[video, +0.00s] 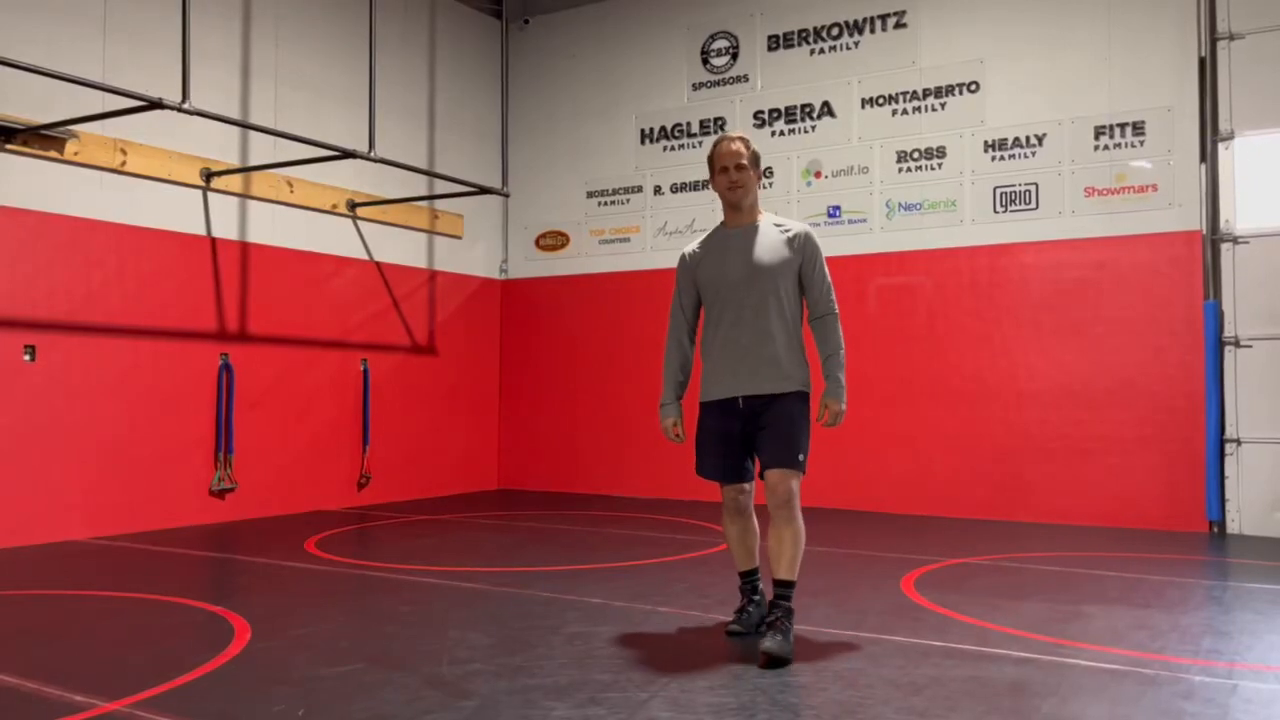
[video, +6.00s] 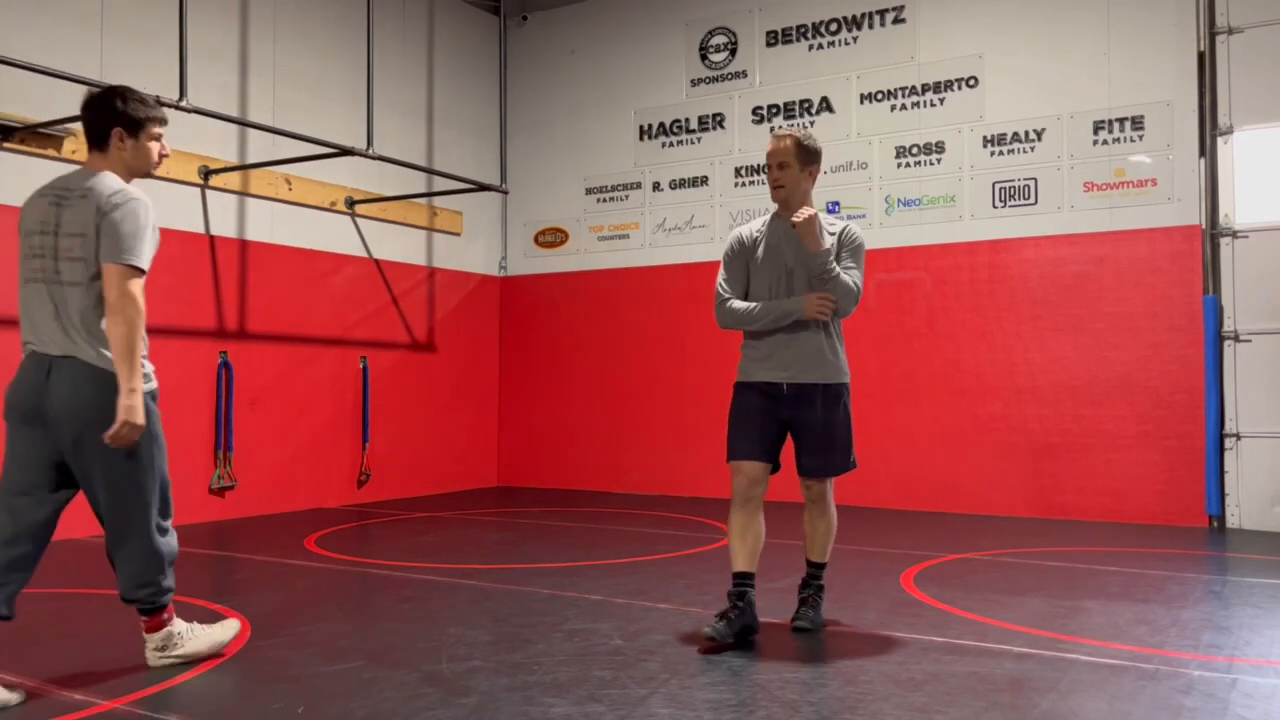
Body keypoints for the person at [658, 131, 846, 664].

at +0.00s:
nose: (733, 175)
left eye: (741, 167)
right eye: (724, 169)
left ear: (759, 175)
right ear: (711, 182)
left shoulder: (796, 239)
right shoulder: (697, 256)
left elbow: (825, 316)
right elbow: (680, 334)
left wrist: (835, 385)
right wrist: (671, 399)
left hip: (783, 392)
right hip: (722, 398)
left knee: (782, 493)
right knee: (734, 498)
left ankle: (782, 614)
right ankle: (753, 599)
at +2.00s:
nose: (714, 173)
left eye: (724, 164)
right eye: (705, 164)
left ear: (741, 171)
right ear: (693, 170)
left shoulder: (761, 244)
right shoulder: (665, 239)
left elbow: (781, 323)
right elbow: (641, 307)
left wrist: (786, 385)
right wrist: (623, 367)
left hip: (745, 360)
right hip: (685, 372)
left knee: (759, 423)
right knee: (692, 483)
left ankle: (785, 537)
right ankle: (705, 599)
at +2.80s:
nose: (775, 181)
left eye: (784, 173)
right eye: (767, 173)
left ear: (802, 179)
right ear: (756, 180)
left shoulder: (831, 246)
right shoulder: (734, 248)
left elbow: (854, 314)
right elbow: (706, 316)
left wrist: (852, 364)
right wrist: (698, 371)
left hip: (818, 388)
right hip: (756, 389)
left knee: (817, 488)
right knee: (734, 487)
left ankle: (813, 592)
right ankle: (712, 599)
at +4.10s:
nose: (724, 183)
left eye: (733, 175)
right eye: (718, 176)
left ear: (756, 182)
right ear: (711, 185)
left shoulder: (783, 244)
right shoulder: (698, 253)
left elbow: (793, 323)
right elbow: (683, 327)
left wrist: (772, 384)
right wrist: (675, 388)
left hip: (767, 390)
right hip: (713, 391)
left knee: (787, 486)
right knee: (720, 484)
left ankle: (806, 587)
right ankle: (728, 583)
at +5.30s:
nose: (773, 176)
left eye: (783, 169)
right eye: (765, 168)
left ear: (799, 179)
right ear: (754, 178)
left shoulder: (825, 245)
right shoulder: (728, 248)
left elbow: (847, 316)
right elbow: (709, 320)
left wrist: (805, 318)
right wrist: (741, 351)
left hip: (808, 385)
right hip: (747, 387)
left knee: (810, 489)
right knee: (733, 485)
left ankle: (810, 593)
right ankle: (729, 580)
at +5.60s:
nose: (790, 176)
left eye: (800, 168)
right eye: (782, 168)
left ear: (818, 175)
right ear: (772, 176)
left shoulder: (843, 239)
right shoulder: (747, 244)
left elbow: (844, 304)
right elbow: (734, 314)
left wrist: (804, 253)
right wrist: (794, 282)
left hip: (821, 382)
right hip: (760, 380)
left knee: (819, 489)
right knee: (730, 480)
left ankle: (813, 591)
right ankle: (738, 572)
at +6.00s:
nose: (772, 177)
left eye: (782, 168)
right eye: (768, 168)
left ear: (812, 172)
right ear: (767, 173)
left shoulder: (843, 237)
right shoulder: (744, 240)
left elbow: (845, 303)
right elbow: (725, 311)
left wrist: (815, 246)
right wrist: (794, 307)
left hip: (819, 383)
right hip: (757, 383)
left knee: (816, 491)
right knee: (746, 488)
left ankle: (812, 596)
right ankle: (741, 607)